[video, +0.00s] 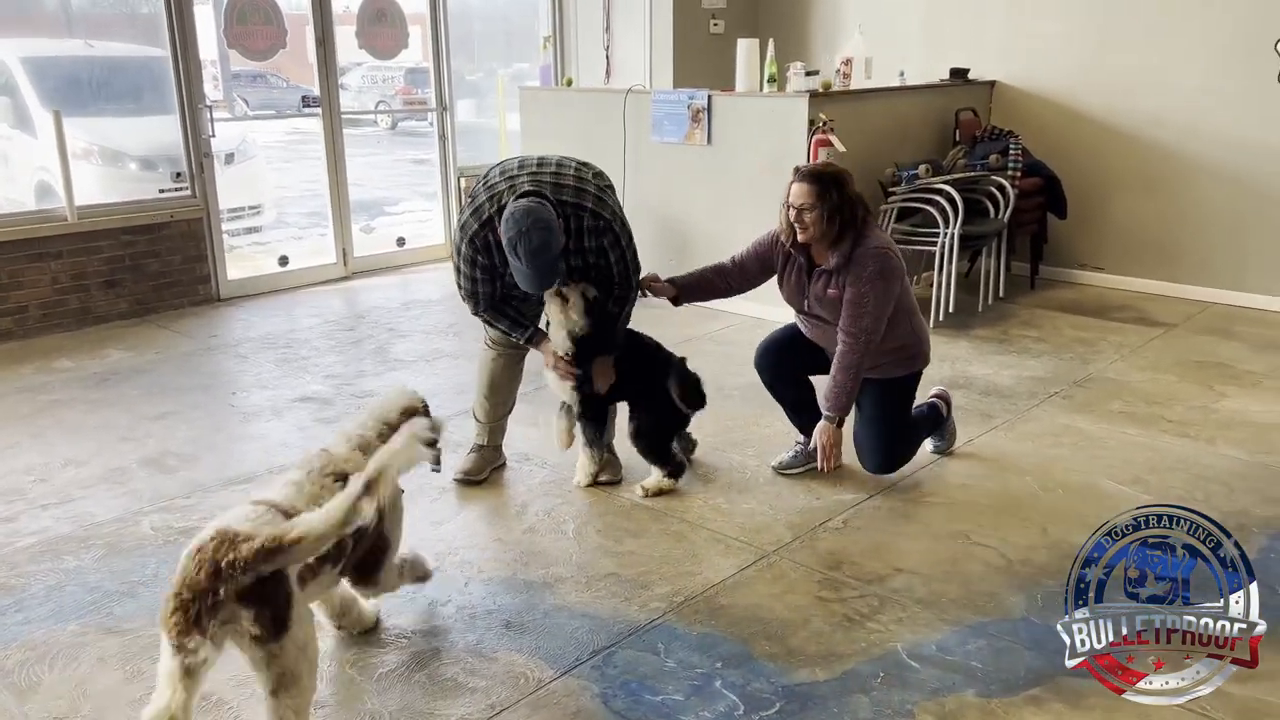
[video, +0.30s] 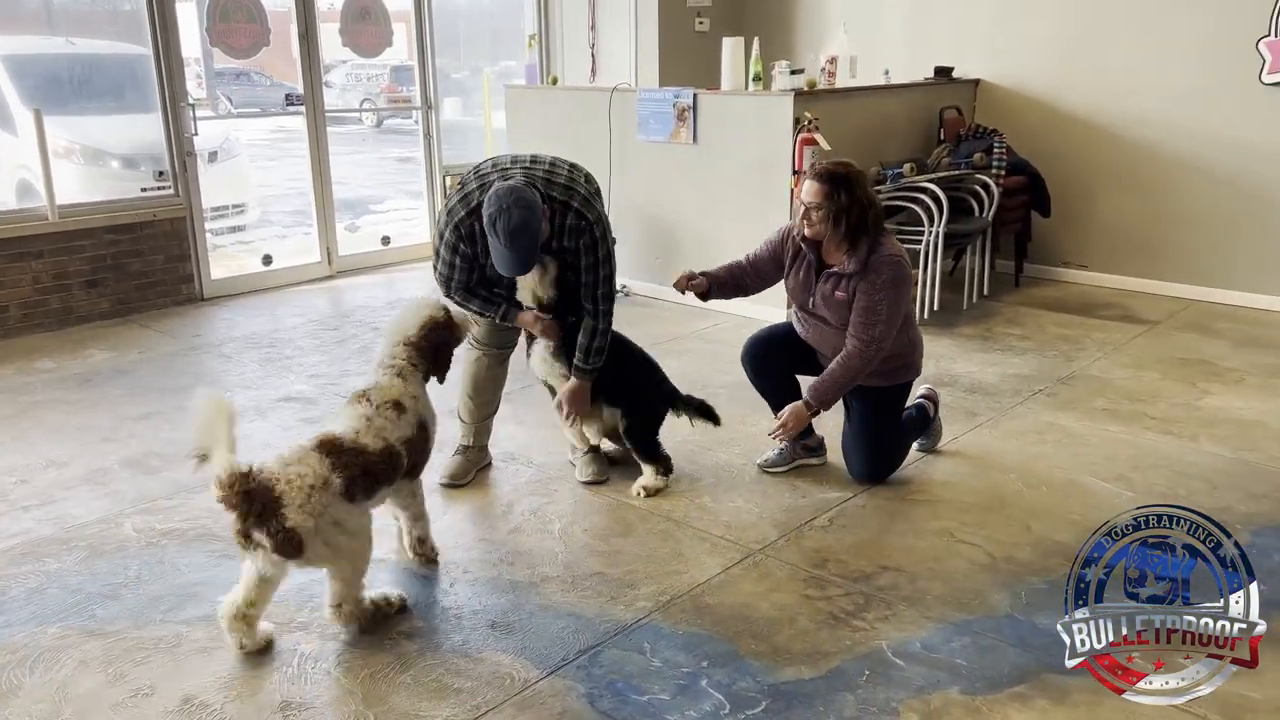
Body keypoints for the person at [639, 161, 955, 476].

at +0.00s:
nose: (796, 218)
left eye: (806, 210)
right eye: (791, 208)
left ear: (834, 210)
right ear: (786, 207)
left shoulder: (872, 259)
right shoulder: (787, 244)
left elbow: (854, 344)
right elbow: (735, 273)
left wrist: (833, 419)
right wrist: (674, 288)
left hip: (888, 353)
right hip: (831, 337)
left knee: (878, 459)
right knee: (772, 357)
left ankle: (938, 411)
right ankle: (813, 442)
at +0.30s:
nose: (804, 216)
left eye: (815, 208)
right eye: (802, 206)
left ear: (844, 212)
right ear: (798, 202)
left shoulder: (884, 265)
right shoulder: (796, 238)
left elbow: (862, 351)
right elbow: (753, 270)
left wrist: (809, 406)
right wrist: (708, 282)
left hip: (878, 364)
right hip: (822, 342)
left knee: (866, 469)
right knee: (759, 353)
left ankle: (925, 410)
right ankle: (805, 441)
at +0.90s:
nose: (799, 201)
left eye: (810, 194)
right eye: (798, 192)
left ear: (840, 195)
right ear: (795, 191)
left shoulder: (882, 253)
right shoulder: (796, 234)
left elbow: (889, 341)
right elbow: (777, 283)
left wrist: (822, 378)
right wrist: (750, 312)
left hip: (872, 363)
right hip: (816, 341)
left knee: (851, 468)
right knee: (745, 344)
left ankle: (913, 408)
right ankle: (786, 435)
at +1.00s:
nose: (800, 198)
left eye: (810, 191)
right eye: (799, 189)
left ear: (841, 193)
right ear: (796, 188)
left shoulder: (884, 253)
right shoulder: (798, 231)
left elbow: (886, 340)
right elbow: (778, 281)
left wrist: (816, 374)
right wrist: (750, 311)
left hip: (872, 362)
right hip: (814, 338)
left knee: (849, 467)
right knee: (743, 344)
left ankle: (911, 407)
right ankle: (785, 435)